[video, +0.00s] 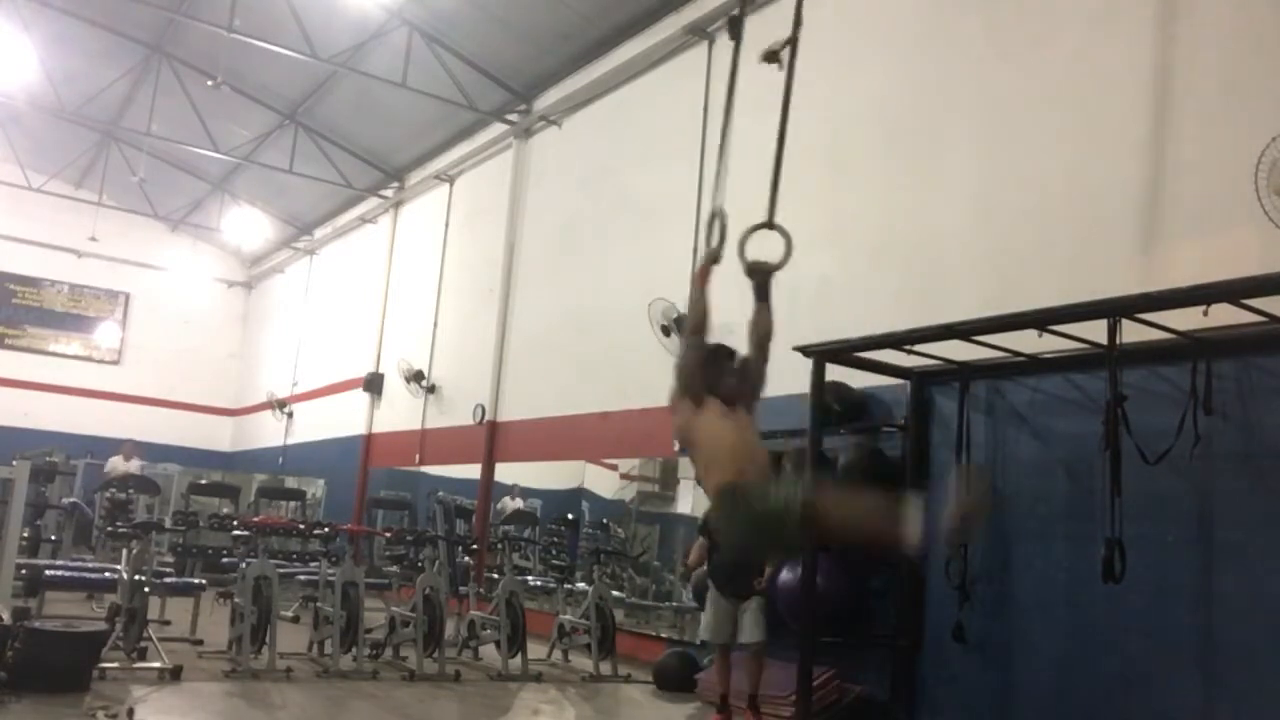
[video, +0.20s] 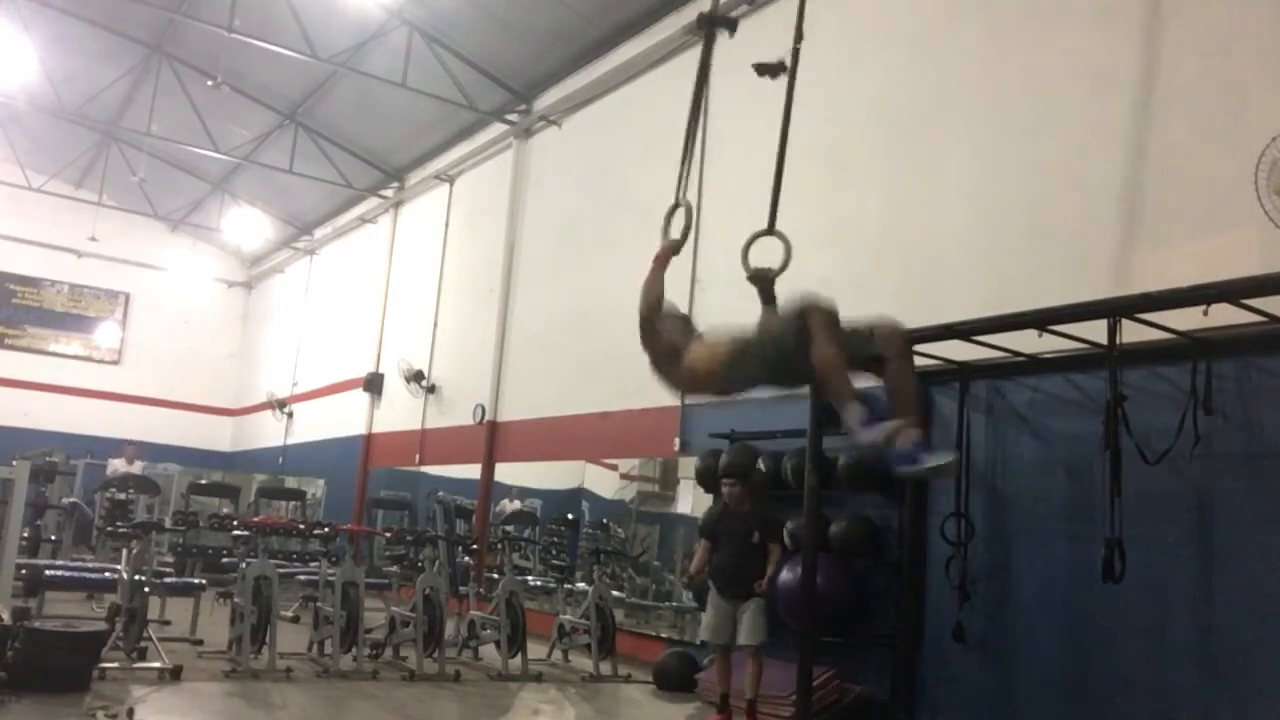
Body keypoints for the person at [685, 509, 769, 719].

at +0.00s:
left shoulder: (756, 518)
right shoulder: (713, 516)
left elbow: (772, 550)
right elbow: (702, 545)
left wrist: (766, 576)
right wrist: (693, 562)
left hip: (753, 587)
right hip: (720, 586)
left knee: (756, 648)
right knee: (722, 648)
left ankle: (752, 704)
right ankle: (723, 705)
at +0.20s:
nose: (727, 490)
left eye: (733, 485)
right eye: (724, 485)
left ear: (746, 487)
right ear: (719, 486)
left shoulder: (763, 516)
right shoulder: (715, 515)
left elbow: (774, 551)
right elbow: (704, 547)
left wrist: (767, 579)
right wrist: (693, 572)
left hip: (752, 592)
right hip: (720, 591)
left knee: (751, 650)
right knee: (721, 650)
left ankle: (751, 707)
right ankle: (723, 705)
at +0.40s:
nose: (734, 488)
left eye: (740, 483)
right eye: (731, 483)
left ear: (752, 485)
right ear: (727, 486)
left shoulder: (768, 515)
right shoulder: (723, 514)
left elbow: (778, 552)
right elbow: (710, 547)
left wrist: (770, 583)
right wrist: (695, 571)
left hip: (755, 594)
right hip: (724, 591)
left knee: (752, 653)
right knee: (724, 650)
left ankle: (748, 710)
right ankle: (724, 705)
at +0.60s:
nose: (741, 486)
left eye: (747, 481)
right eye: (738, 481)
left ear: (759, 483)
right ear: (735, 483)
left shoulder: (773, 515)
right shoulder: (731, 512)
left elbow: (783, 551)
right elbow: (716, 543)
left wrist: (771, 581)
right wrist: (698, 565)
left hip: (758, 594)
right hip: (728, 591)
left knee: (754, 653)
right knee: (722, 648)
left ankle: (749, 708)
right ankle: (723, 699)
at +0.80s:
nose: (746, 486)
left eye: (752, 480)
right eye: (743, 480)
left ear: (764, 484)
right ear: (740, 484)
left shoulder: (777, 516)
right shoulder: (737, 513)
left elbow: (786, 552)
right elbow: (721, 547)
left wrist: (769, 577)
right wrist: (701, 559)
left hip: (762, 593)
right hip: (732, 588)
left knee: (758, 653)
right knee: (720, 644)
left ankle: (750, 708)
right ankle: (725, 696)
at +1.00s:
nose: (749, 488)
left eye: (756, 480)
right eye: (747, 480)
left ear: (768, 485)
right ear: (742, 484)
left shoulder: (781, 514)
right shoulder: (738, 512)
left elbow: (788, 550)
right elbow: (726, 549)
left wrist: (764, 573)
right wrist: (703, 563)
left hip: (762, 593)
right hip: (732, 589)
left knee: (758, 653)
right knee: (724, 648)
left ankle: (749, 710)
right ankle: (729, 706)